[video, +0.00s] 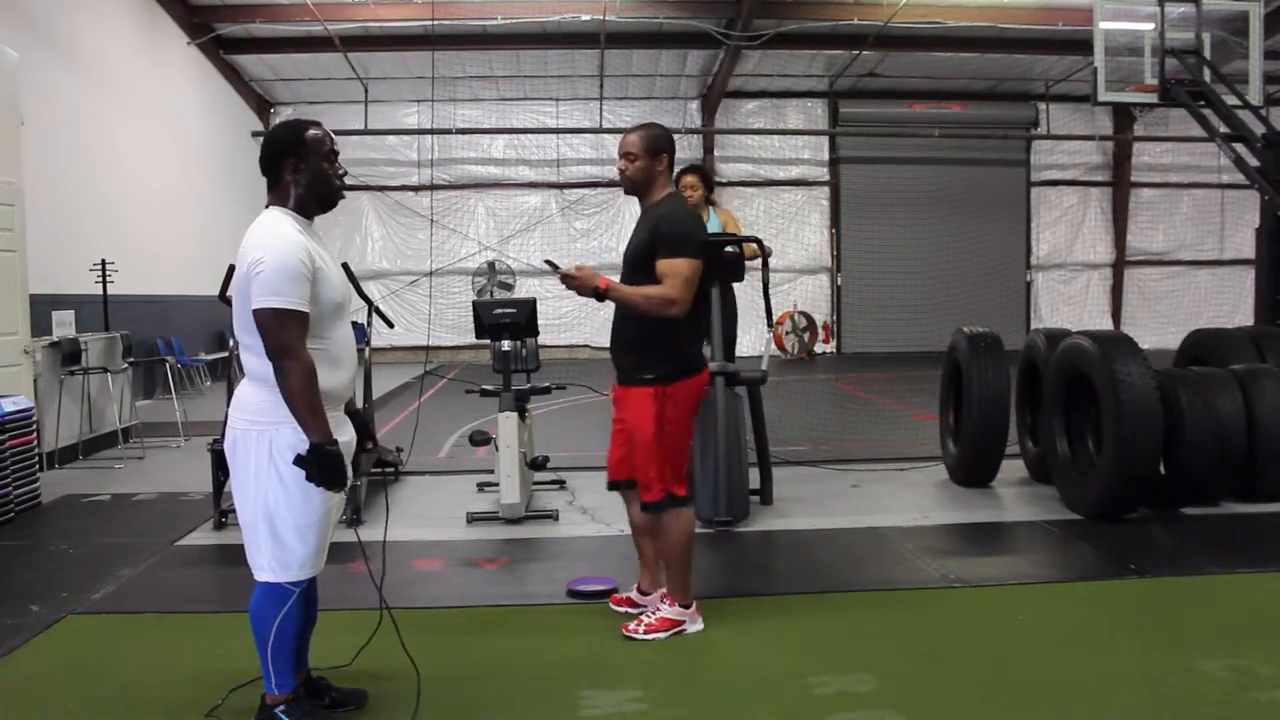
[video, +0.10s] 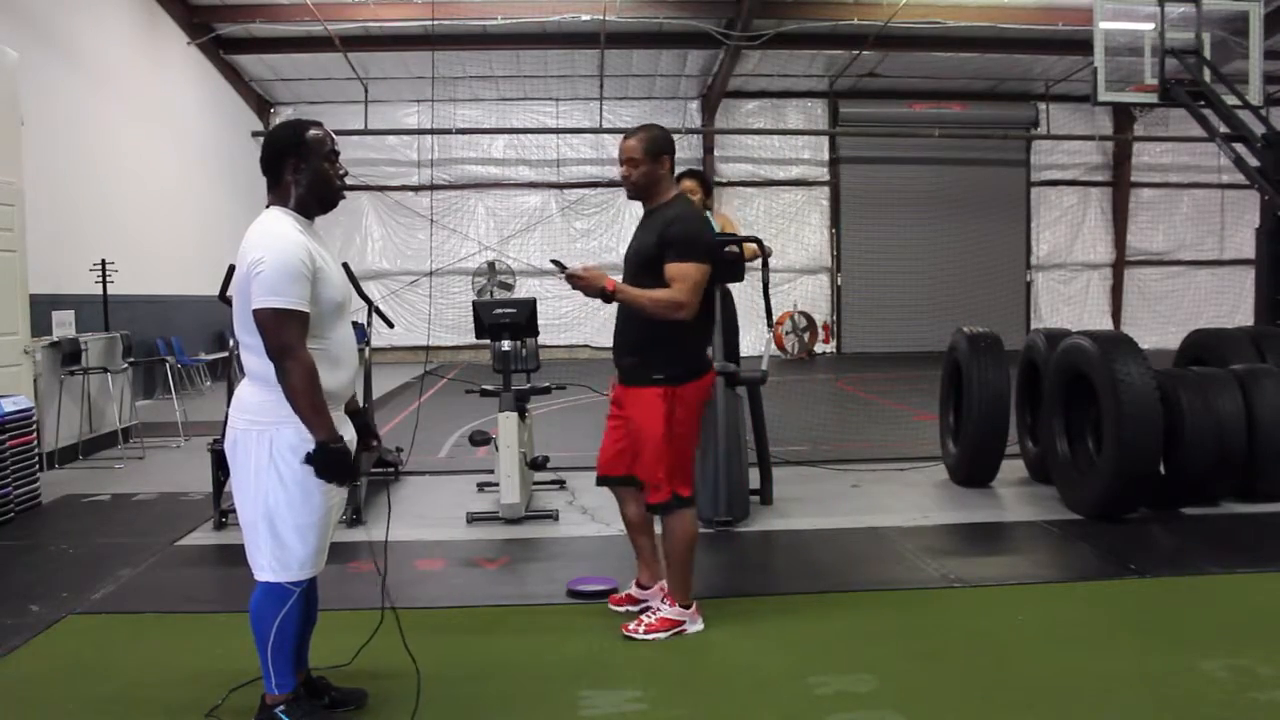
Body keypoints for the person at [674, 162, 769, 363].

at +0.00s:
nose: (689, 194)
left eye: (694, 189)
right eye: (683, 189)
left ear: (706, 191)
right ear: (677, 192)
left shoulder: (721, 216)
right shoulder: (676, 219)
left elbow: (748, 249)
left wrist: (718, 258)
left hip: (718, 288)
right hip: (687, 290)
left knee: (724, 349)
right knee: (687, 349)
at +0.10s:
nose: (687, 199)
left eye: (693, 193)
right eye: (683, 194)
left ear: (706, 196)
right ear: (677, 196)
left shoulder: (720, 221)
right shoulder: (673, 224)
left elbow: (750, 250)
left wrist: (716, 255)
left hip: (715, 293)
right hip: (684, 295)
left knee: (726, 354)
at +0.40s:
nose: (702, 195)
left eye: (709, 190)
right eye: (697, 189)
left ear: (717, 194)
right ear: (688, 190)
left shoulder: (727, 220)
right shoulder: (678, 221)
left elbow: (740, 252)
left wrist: (756, 251)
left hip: (721, 295)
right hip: (687, 297)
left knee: (726, 356)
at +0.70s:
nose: (719, 197)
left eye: (726, 193)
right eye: (713, 192)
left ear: (733, 197)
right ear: (704, 194)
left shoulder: (739, 225)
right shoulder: (693, 223)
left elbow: (751, 253)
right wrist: (756, 250)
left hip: (727, 295)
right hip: (695, 296)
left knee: (725, 355)